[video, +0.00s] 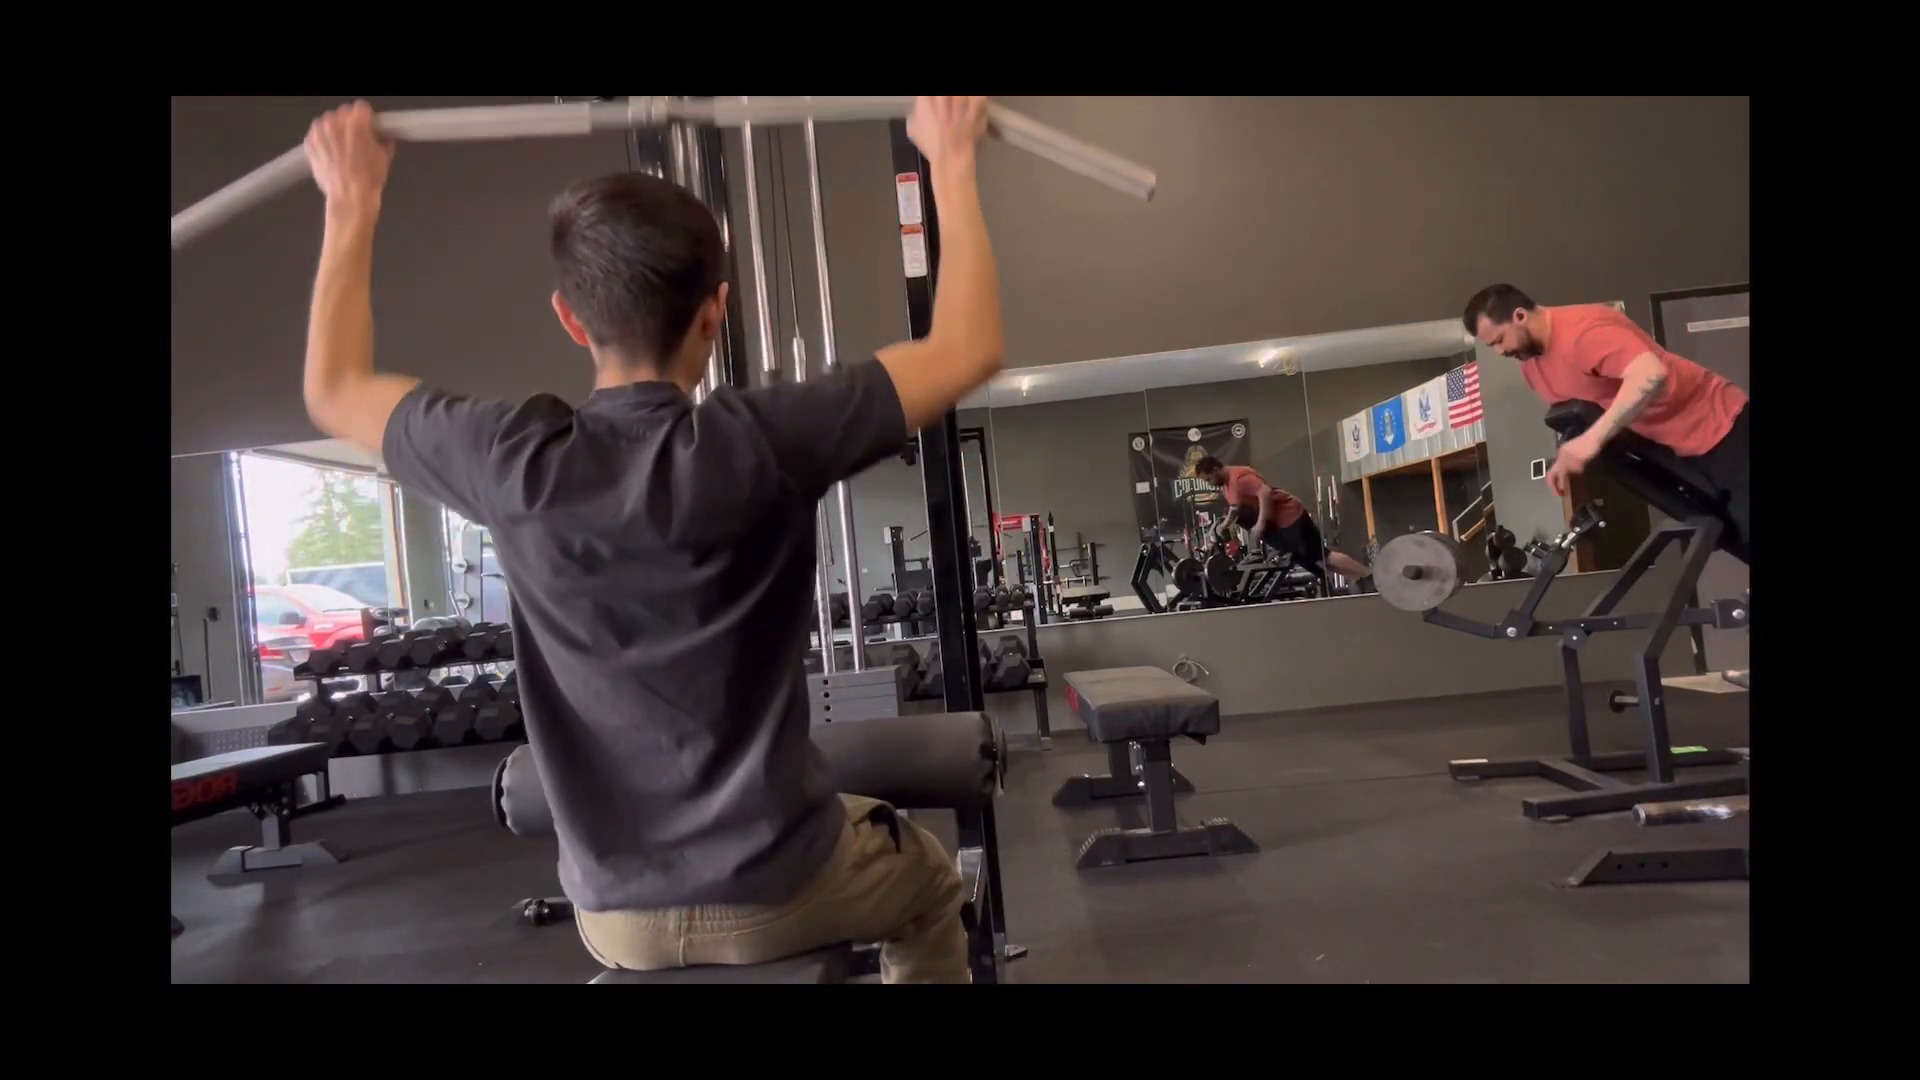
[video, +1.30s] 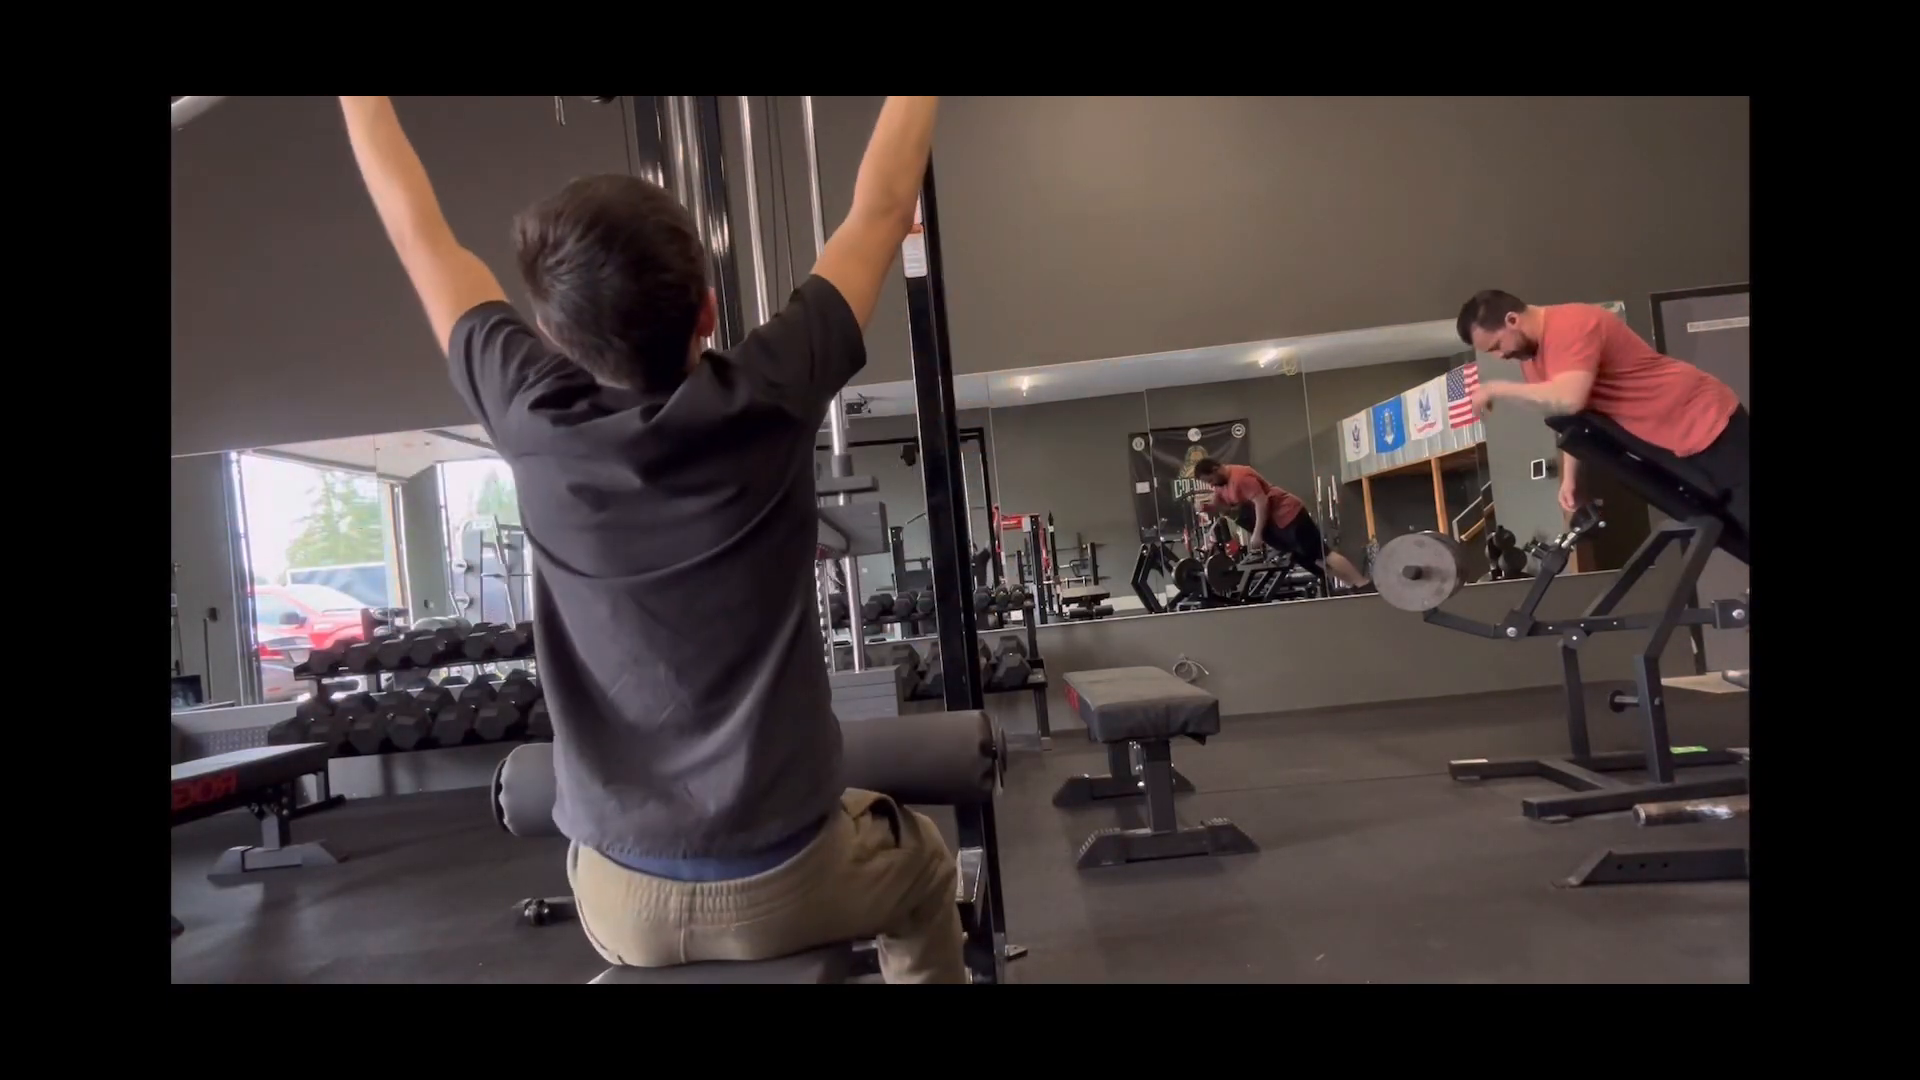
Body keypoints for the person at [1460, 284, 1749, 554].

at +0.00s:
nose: (1500, 352)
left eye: (1498, 341)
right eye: (1493, 347)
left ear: (1520, 316)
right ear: (1519, 320)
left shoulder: (1588, 331)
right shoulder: (1532, 367)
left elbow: (1650, 374)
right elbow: (1574, 416)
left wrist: (1590, 440)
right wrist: (1566, 458)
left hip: (1720, 425)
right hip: (1670, 448)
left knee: (1744, 530)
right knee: (1723, 535)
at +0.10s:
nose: (1501, 356)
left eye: (1499, 345)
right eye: (1494, 350)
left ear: (1520, 319)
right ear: (1520, 322)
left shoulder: (1591, 326)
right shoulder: (1533, 364)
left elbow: (1630, 387)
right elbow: (1570, 410)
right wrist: (1541, 457)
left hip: (1720, 425)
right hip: (1673, 449)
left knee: (1744, 529)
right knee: (1725, 534)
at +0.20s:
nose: (1500, 359)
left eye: (1499, 350)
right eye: (1494, 355)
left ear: (1518, 324)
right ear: (1517, 325)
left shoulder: (1586, 323)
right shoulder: (1534, 362)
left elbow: (1586, 398)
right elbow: (1561, 416)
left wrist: (1507, 386)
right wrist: (1534, 457)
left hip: (1716, 423)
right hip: (1674, 447)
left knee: (1744, 527)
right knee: (1726, 534)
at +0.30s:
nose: (1501, 363)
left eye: (1498, 355)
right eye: (1495, 358)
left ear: (1512, 332)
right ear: (1512, 328)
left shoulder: (1575, 323)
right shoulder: (1545, 348)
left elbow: (1544, 394)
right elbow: (1560, 413)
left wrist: (1490, 364)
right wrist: (1544, 464)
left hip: (1715, 422)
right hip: (1686, 442)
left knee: (1745, 520)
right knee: (1734, 528)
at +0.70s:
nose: (1499, 367)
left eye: (1496, 359)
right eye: (1493, 363)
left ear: (1508, 333)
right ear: (1508, 332)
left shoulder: (1567, 322)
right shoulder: (1536, 363)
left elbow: (1515, 386)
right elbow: (1569, 426)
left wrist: (1473, 364)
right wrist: (1585, 489)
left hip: (1709, 421)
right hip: (1674, 446)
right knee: (1729, 531)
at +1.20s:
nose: (1500, 360)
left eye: (1497, 350)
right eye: (1493, 355)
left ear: (1511, 322)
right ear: (1510, 323)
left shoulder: (1568, 321)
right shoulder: (1543, 349)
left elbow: (1537, 391)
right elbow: (1572, 420)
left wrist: (1485, 364)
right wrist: (1573, 481)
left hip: (1707, 419)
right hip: (1678, 441)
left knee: (1745, 520)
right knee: (1731, 528)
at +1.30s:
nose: (1500, 357)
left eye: (1496, 346)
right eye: (1491, 353)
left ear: (1512, 318)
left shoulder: (1573, 323)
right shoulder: (1534, 361)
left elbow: (1570, 398)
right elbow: (1567, 421)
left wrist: (1494, 391)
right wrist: (1569, 479)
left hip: (1706, 418)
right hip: (1669, 445)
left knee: (1745, 518)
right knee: (1727, 531)